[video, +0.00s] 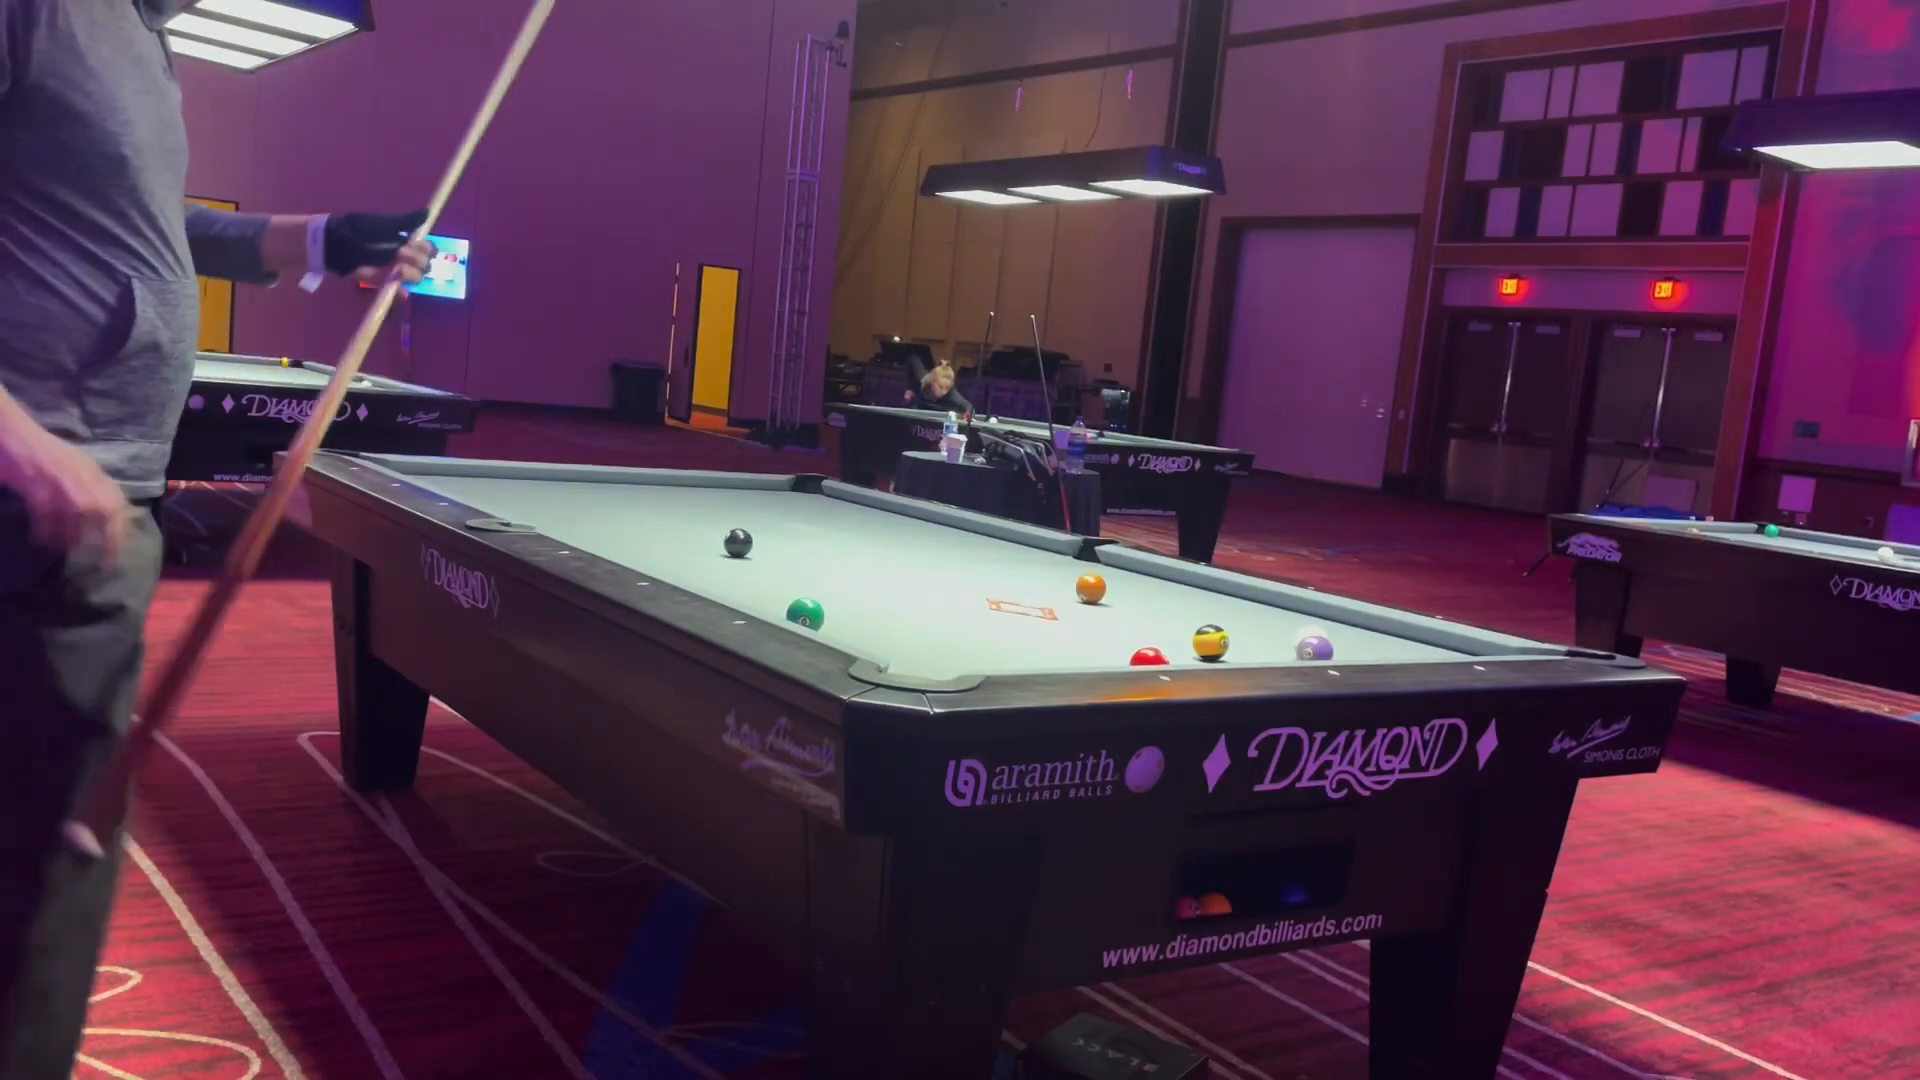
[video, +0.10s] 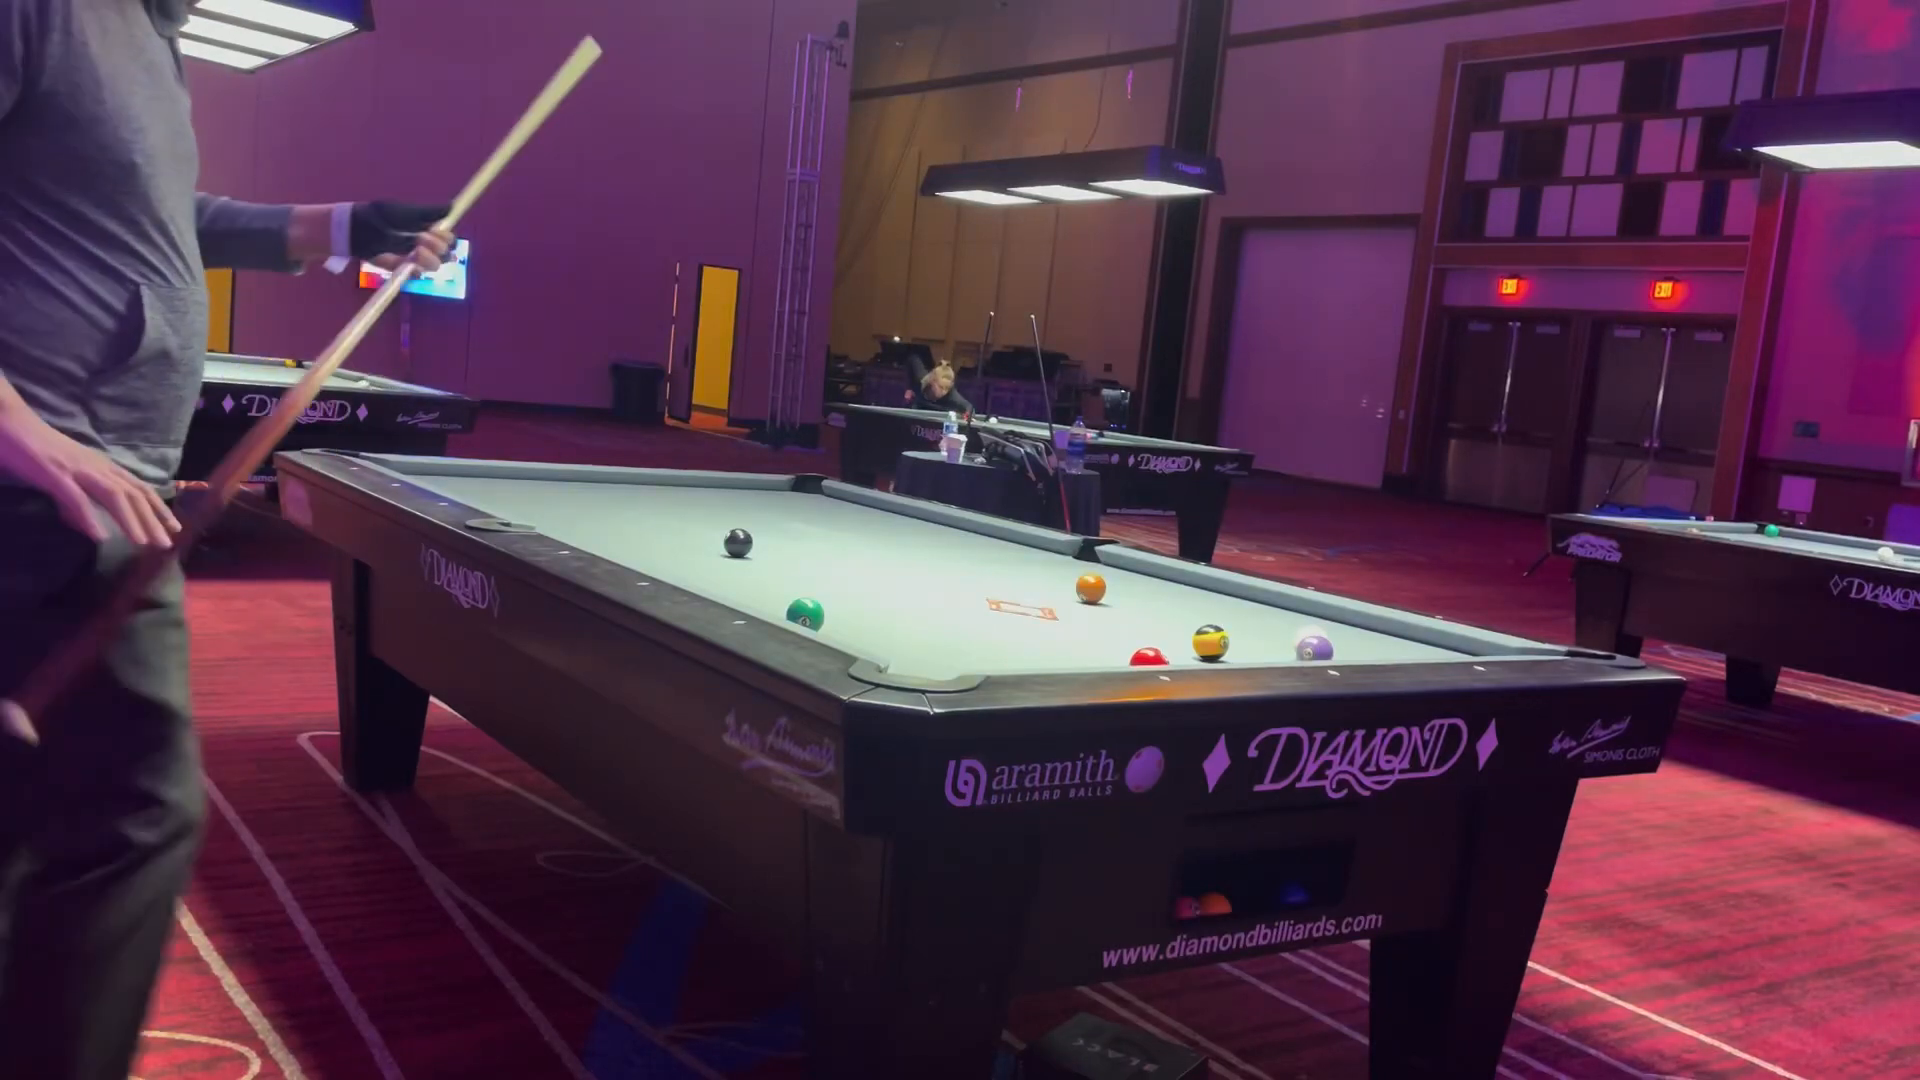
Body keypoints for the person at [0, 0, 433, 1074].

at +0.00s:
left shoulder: (126, 18)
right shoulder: (35, 18)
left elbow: (118, 225)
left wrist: (311, 245)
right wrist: (18, 438)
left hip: (102, 512)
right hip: (40, 520)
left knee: (68, 848)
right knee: (46, 861)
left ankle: (40, 1053)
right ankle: (31, 1054)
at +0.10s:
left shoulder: (138, 21)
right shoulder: (36, 18)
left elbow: (140, 218)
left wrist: (338, 233)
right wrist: (19, 428)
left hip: (103, 482)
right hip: (48, 485)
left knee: (56, 814)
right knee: (138, 815)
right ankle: (61, 1061)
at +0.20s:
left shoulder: (162, 20)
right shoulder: (46, 13)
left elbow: (160, 211)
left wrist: (360, 229)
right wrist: (11, 423)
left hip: (115, 482)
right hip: (65, 488)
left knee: (30, 831)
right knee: (185, 817)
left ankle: (2, 1045)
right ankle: (129, 1066)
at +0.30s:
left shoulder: (195, 27)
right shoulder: (66, 16)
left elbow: (205, 212)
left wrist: (395, 230)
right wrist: (19, 419)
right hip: (99, 498)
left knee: (29, 838)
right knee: (206, 825)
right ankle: (211, 1065)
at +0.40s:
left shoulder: (248, 43)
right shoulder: (100, 20)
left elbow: (259, 214)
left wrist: (434, 234)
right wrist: (41, 413)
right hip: (133, 514)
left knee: (35, 850)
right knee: (233, 838)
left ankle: (6, 1046)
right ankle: (252, 1065)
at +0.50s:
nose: (403, 1)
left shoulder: (309, 52)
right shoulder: (148, 22)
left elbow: (325, 210)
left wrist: (497, 240)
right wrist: (78, 414)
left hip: (231, 515)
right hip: (168, 521)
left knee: (92, 840)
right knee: (255, 866)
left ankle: (8, 1049)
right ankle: (263, 1064)